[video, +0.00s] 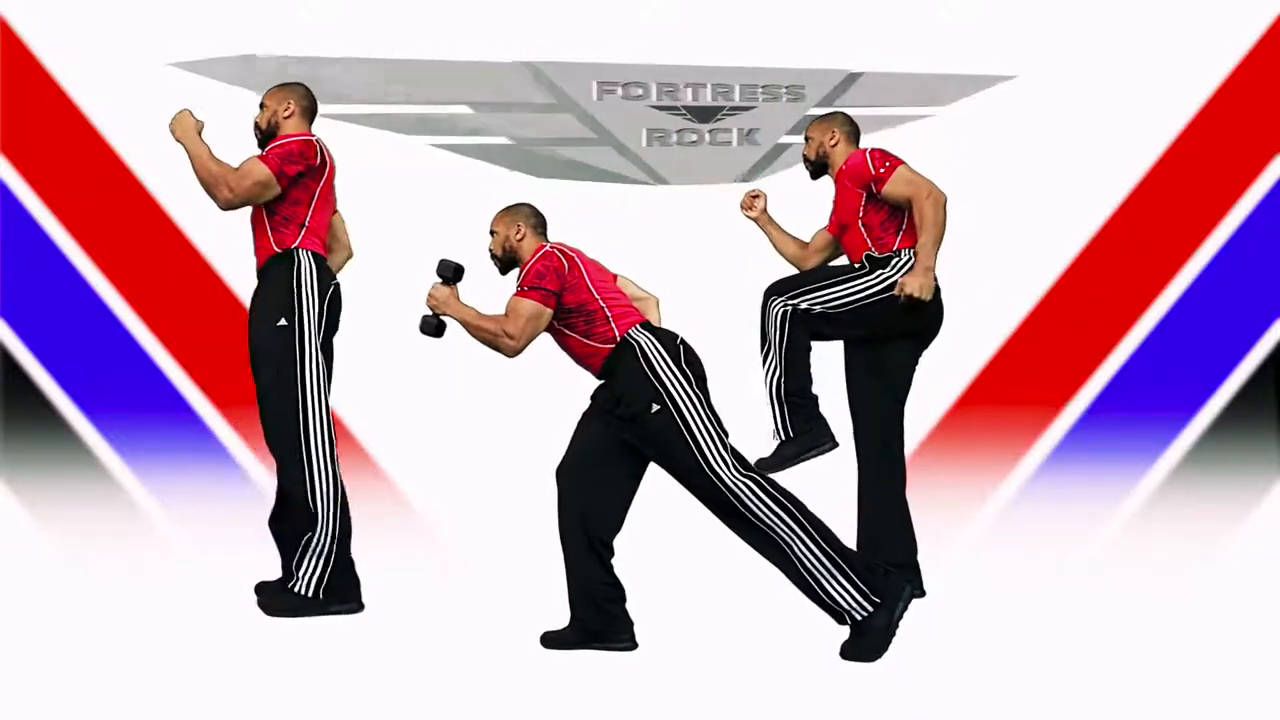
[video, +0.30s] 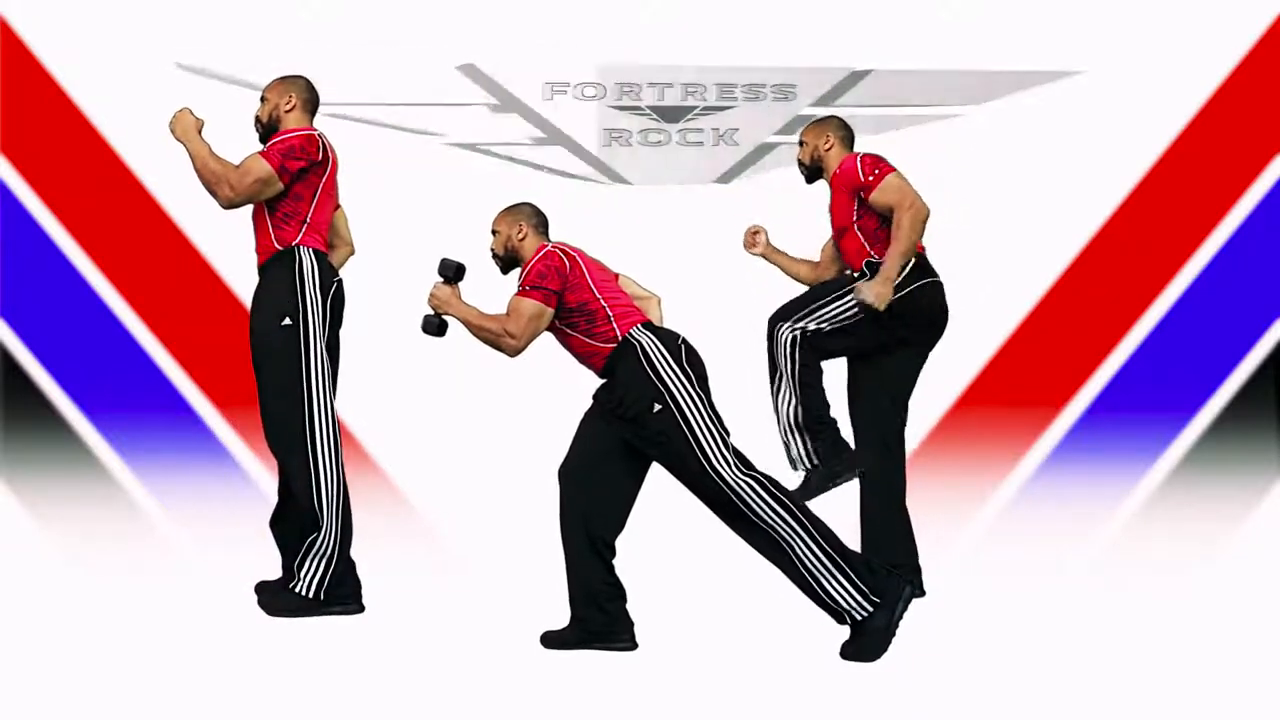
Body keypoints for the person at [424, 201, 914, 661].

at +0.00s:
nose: (489, 245)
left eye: (495, 234)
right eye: (490, 236)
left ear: (522, 230)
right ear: (530, 234)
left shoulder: (546, 262)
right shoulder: (565, 264)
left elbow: (509, 338)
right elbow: (644, 301)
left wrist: (453, 307)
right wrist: (655, 371)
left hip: (649, 362)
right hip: (626, 379)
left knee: (730, 485)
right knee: (580, 486)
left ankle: (868, 600)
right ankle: (601, 623)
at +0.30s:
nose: (492, 245)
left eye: (497, 234)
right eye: (492, 237)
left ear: (525, 229)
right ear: (532, 234)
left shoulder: (547, 260)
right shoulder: (568, 264)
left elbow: (511, 338)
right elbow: (646, 301)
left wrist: (455, 306)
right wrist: (656, 371)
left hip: (650, 361)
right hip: (629, 376)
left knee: (730, 483)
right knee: (582, 485)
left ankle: (869, 599)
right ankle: (601, 622)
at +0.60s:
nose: (492, 236)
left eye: (498, 226)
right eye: (492, 229)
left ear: (524, 222)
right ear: (527, 229)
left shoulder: (551, 251)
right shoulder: (566, 258)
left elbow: (534, 323)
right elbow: (637, 310)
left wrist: (466, 315)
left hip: (639, 359)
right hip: (612, 378)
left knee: (703, 483)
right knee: (576, 487)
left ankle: (848, 590)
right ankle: (601, 621)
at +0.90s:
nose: (517, 201)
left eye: (523, 191)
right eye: (519, 193)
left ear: (547, 189)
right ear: (548, 191)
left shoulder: (575, 215)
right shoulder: (565, 245)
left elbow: (621, 263)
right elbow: (572, 325)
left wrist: (579, 327)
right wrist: (506, 325)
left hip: (617, 335)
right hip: (618, 352)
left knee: (514, 406)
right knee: (592, 484)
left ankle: (554, 541)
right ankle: (603, 620)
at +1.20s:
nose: (532, 188)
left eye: (538, 178)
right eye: (533, 180)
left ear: (563, 177)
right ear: (563, 179)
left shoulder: (591, 206)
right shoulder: (573, 238)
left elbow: (649, 256)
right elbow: (533, 296)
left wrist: (638, 328)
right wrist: (486, 261)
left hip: (599, 324)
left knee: (484, 335)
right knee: (579, 484)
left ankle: (486, 465)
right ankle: (603, 618)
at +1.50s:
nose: (534, 188)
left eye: (539, 178)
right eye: (535, 181)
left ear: (565, 175)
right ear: (569, 178)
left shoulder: (590, 205)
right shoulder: (570, 236)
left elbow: (646, 253)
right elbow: (542, 301)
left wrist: (631, 321)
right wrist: (493, 269)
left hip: (597, 329)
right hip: (600, 347)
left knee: (483, 334)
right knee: (580, 483)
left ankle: (472, 466)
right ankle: (603, 617)